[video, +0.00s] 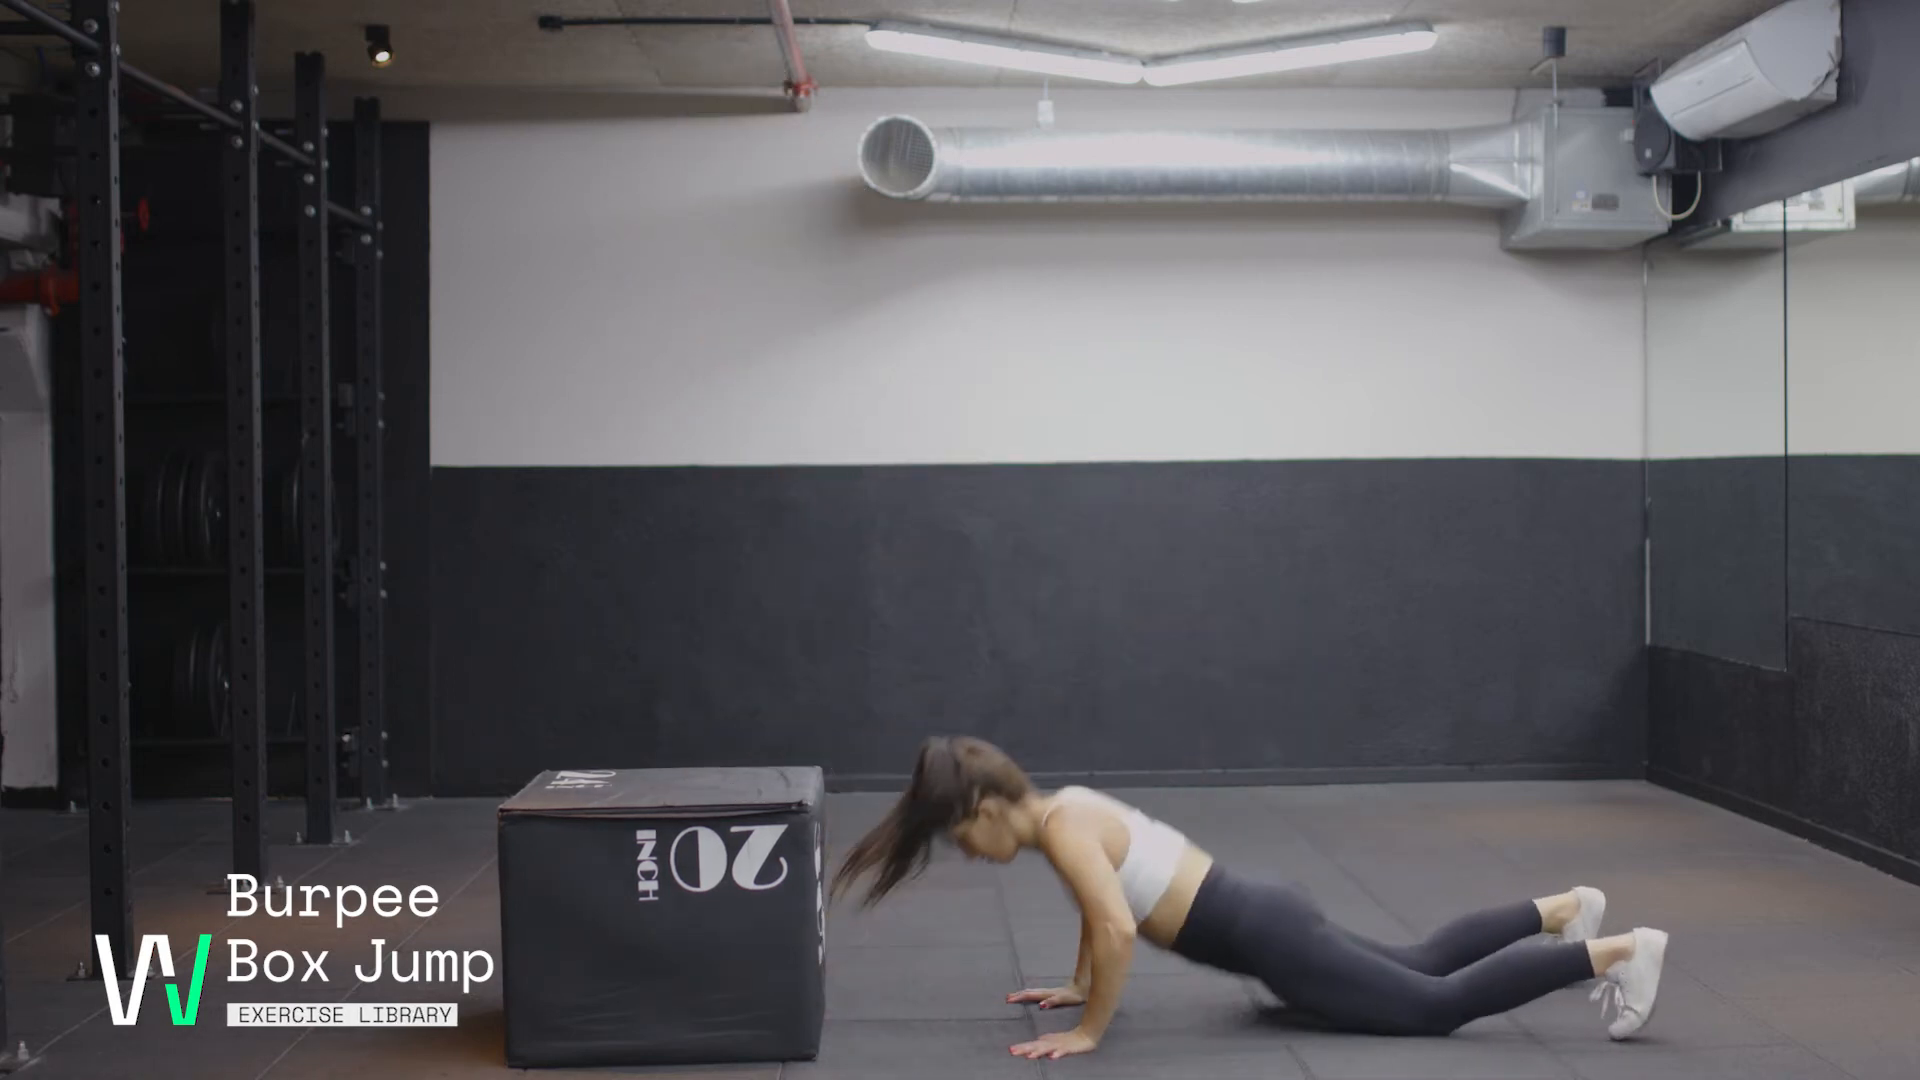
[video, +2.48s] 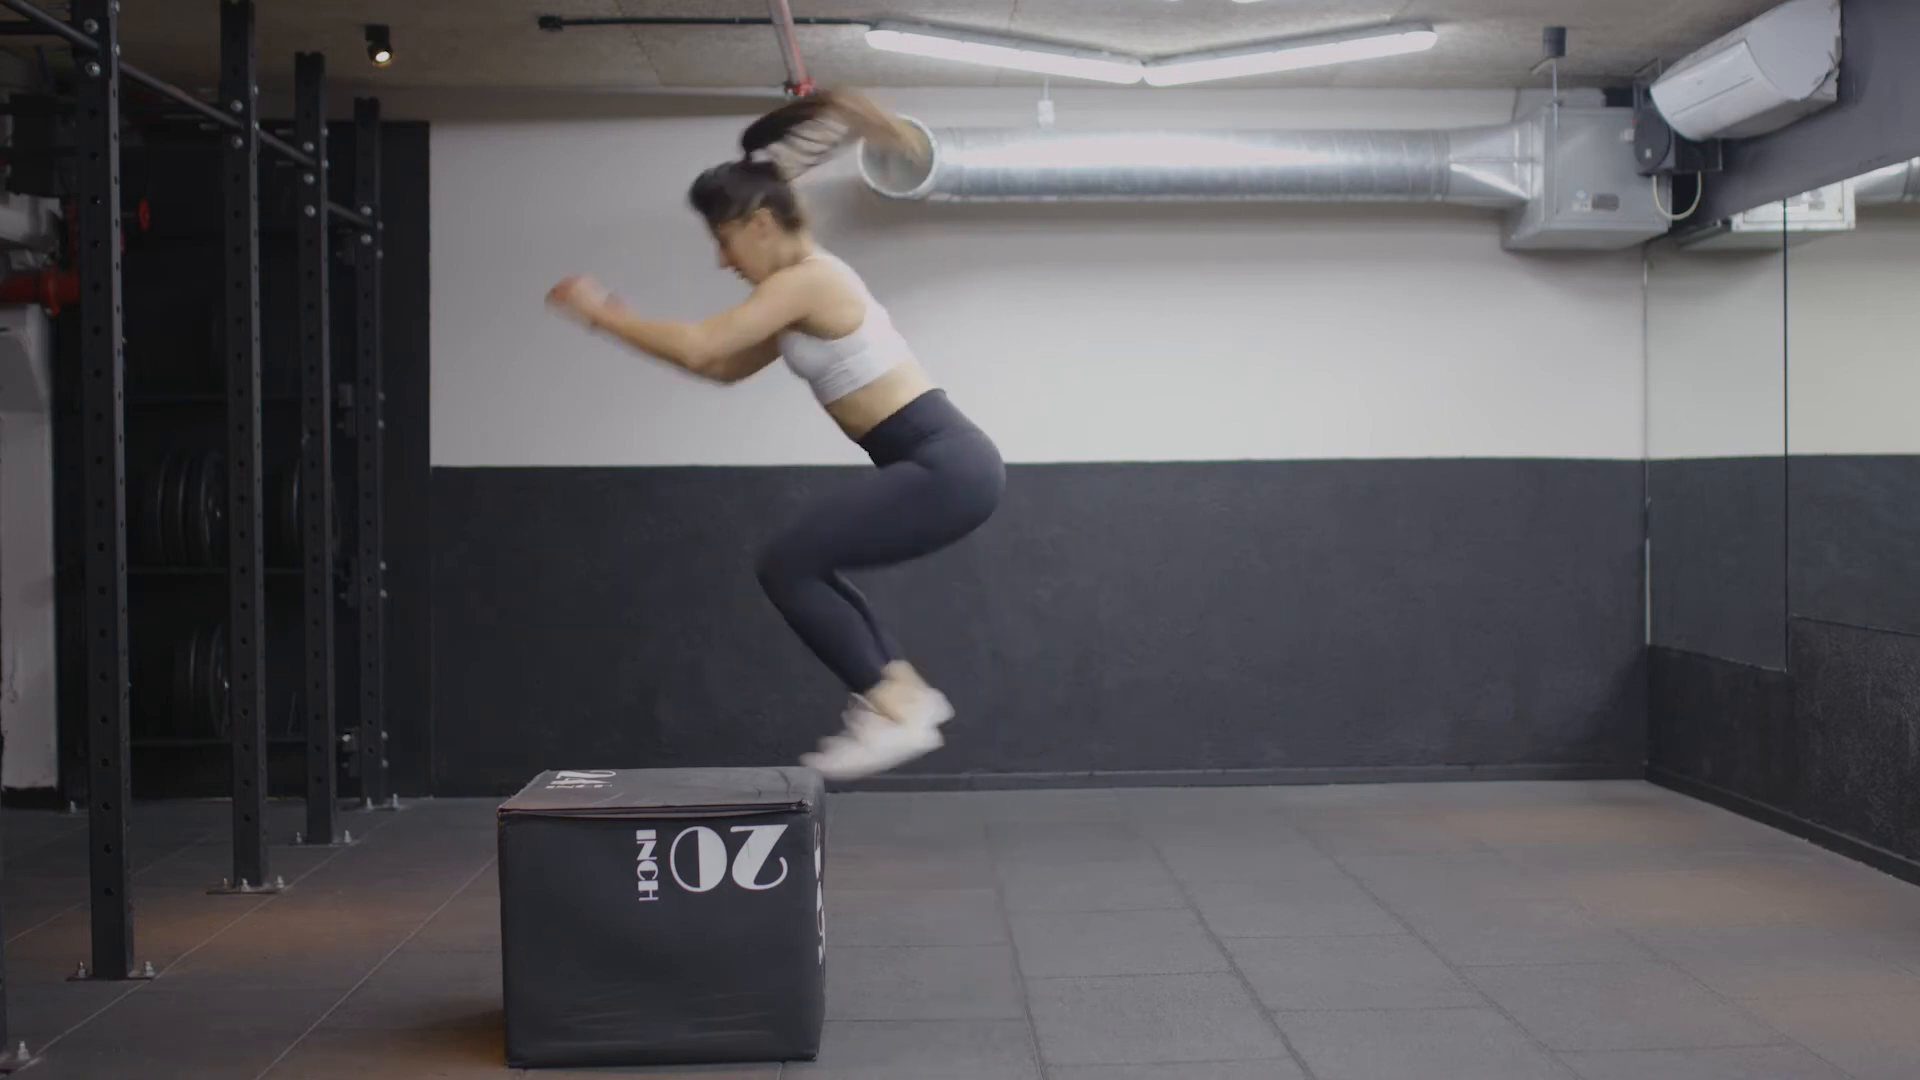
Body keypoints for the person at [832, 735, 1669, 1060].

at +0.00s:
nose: (971, 850)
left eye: (966, 835)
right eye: (962, 839)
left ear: (993, 807)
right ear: (996, 798)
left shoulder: (1067, 836)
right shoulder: (1063, 813)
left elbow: (1116, 936)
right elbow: (1106, 919)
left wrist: (1088, 1033)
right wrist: (1075, 986)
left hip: (1262, 931)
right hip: (1259, 913)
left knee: (1437, 1005)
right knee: (1416, 969)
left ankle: (1606, 956)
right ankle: (1563, 914)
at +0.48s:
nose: (1105, 860)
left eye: (1095, 854)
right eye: (1094, 860)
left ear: (1099, 817)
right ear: (1095, 806)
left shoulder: (1156, 776)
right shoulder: (1129, 767)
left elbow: (1132, 916)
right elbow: (1115, 891)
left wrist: (1090, 1030)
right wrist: (1082, 987)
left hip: (1315, 614)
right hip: (1290, 608)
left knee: (1288, 803)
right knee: (1284, 800)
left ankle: (1348, 985)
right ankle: (1325, 955)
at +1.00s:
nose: (1057, 421)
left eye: (1061, 403)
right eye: (1054, 406)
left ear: (1101, 395)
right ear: (1102, 398)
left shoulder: (1170, 466)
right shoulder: (1155, 469)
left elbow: (1230, 586)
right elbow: (1217, 589)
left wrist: (1280, 693)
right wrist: (1253, 679)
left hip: (1323, 618)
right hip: (1288, 619)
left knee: (1281, 804)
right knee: (1239, 788)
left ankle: (1324, 995)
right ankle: (1289, 954)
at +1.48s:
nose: (1050, 371)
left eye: (1056, 354)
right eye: (1049, 355)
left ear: (1098, 349)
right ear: (1104, 351)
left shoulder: (1135, 427)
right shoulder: (1140, 424)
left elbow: (1161, 564)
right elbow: (1166, 561)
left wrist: (1133, 678)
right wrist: (1150, 669)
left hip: (1198, 642)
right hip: (1174, 639)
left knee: (1230, 824)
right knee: (1096, 813)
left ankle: (1317, 989)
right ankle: (1031, 971)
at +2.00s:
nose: (830, 416)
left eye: (835, 398)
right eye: (828, 401)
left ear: (874, 390)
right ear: (873, 390)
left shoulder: (931, 452)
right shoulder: (918, 454)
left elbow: (1043, 517)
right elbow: (1032, 514)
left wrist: (1031, 637)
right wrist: (1004, 633)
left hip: (1048, 643)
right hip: (1029, 640)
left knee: (966, 810)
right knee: (963, 807)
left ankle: (1010, 995)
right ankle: (1011, 977)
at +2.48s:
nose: (720, 253)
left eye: (723, 236)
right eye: (716, 240)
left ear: (762, 222)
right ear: (767, 223)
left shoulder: (809, 282)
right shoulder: (808, 286)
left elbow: (701, 347)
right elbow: (724, 368)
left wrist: (602, 313)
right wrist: (624, 323)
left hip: (945, 469)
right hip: (939, 466)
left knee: (787, 564)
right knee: (799, 557)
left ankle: (891, 707)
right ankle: (899, 690)